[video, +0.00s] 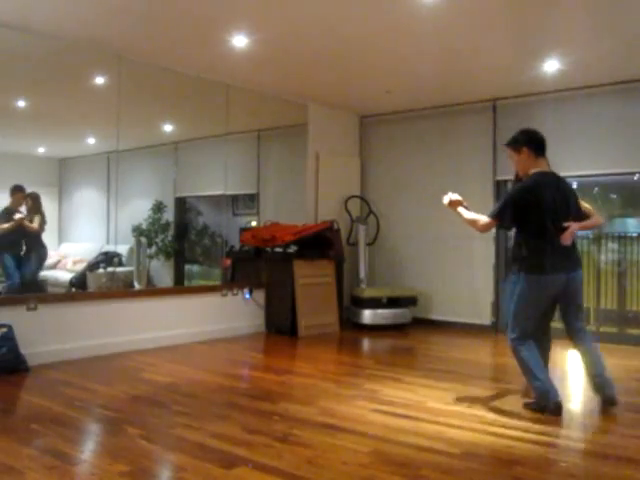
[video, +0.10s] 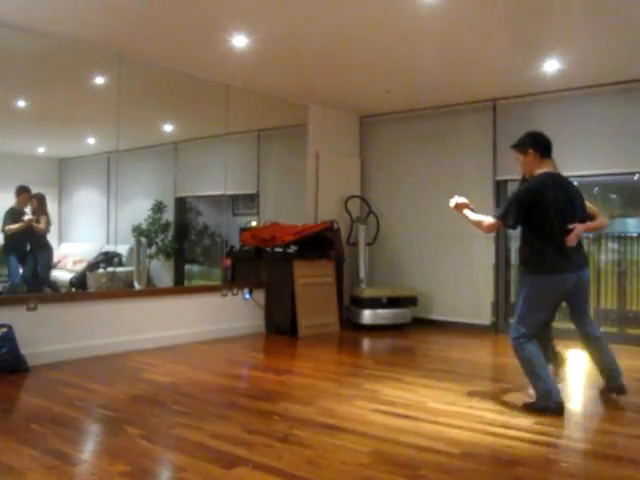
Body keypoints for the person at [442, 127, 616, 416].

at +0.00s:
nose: (513, 163)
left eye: (514, 156)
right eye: (512, 157)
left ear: (527, 153)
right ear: (540, 154)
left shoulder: (523, 190)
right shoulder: (562, 186)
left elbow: (484, 225)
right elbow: (595, 219)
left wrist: (458, 207)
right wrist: (573, 226)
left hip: (536, 274)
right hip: (569, 272)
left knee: (519, 336)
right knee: (579, 331)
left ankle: (547, 397)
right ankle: (606, 390)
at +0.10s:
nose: (519, 164)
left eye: (520, 158)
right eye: (519, 158)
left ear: (532, 155)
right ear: (546, 155)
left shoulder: (529, 189)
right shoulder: (567, 186)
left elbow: (490, 226)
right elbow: (600, 220)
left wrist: (465, 210)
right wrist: (579, 228)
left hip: (543, 275)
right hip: (576, 271)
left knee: (521, 335)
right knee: (586, 325)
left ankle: (549, 398)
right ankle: (615, 381)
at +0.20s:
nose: (526, 165)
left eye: (528, 159)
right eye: (526, 159)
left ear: (539, 157)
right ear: (551, 157)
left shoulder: (536, 190)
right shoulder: (575, 188)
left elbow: (495, 226)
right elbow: (606, 220)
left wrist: (473, 210)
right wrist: (587, 228)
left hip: (550, 275)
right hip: (582, 270)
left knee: (528, 333)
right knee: (587, 321)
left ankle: (549, 395)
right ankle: (604, 374)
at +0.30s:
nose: (534, 166)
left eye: (536, 160)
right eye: (534, 161)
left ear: (546, 158)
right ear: (559, 158)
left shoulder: (544, 191)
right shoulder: (582, 189)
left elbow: (504, 225)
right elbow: (616, 219)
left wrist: (482, 210)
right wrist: (595, 229)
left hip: (564, 273)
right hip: (591, 271)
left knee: (533, 330)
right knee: (581, 325)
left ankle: (550, 396)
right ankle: (603, 376)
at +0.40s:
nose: (542, 167)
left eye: (543, 161)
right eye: (541, 162)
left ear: (553, 160)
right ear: (568, 158)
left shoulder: (551, 191)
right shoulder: (589, 187)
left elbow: (514, 226)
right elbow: (623, 218)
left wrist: (493, 214)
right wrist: (603, 227)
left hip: (572, 270)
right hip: (599, 268)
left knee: (545, 327)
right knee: (587, 321)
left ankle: (551, 395)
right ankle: (606, 377)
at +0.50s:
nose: (547, 167)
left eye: (548, 161)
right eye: (546, 161)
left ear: (559, 159)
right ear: (572, 158)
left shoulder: (557, 192)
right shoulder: (597, 187)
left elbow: (522, 226)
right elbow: (631, 215)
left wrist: (500, 214)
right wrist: (610, 224)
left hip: (578, 268)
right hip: (606, 265)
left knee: (561, 326)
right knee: (591, 320)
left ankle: (555, 392)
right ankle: (608, 377)